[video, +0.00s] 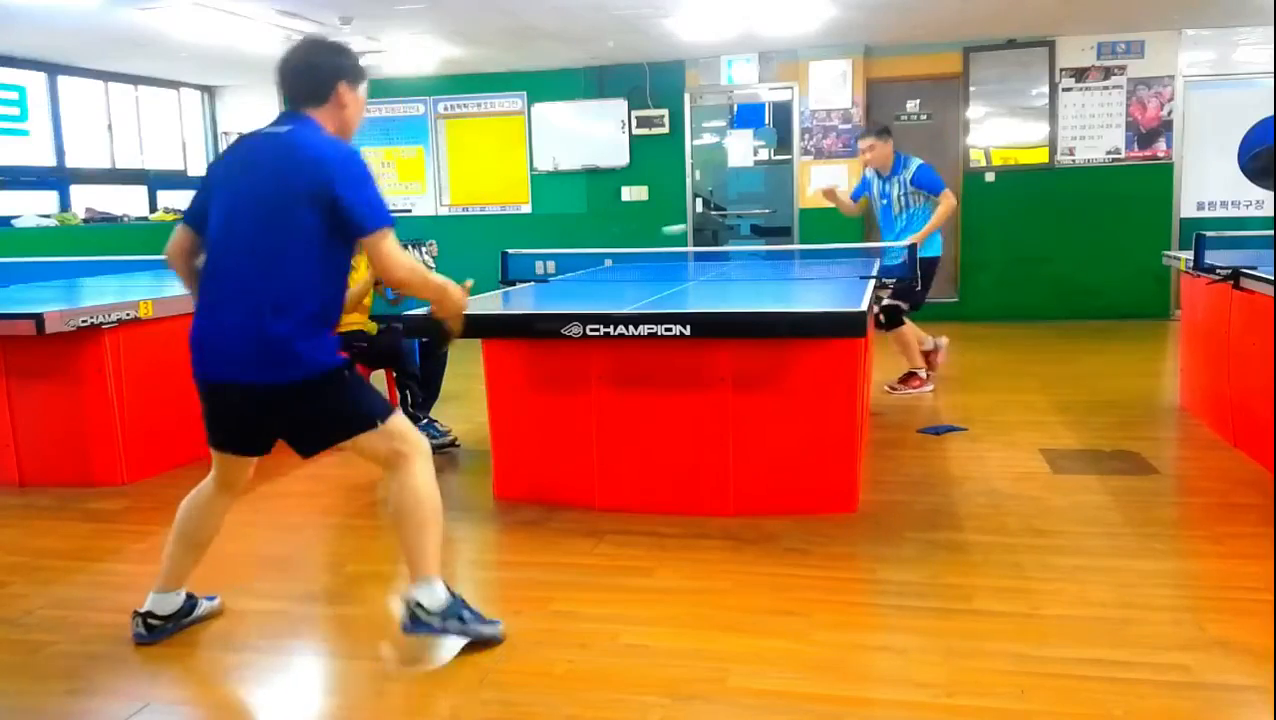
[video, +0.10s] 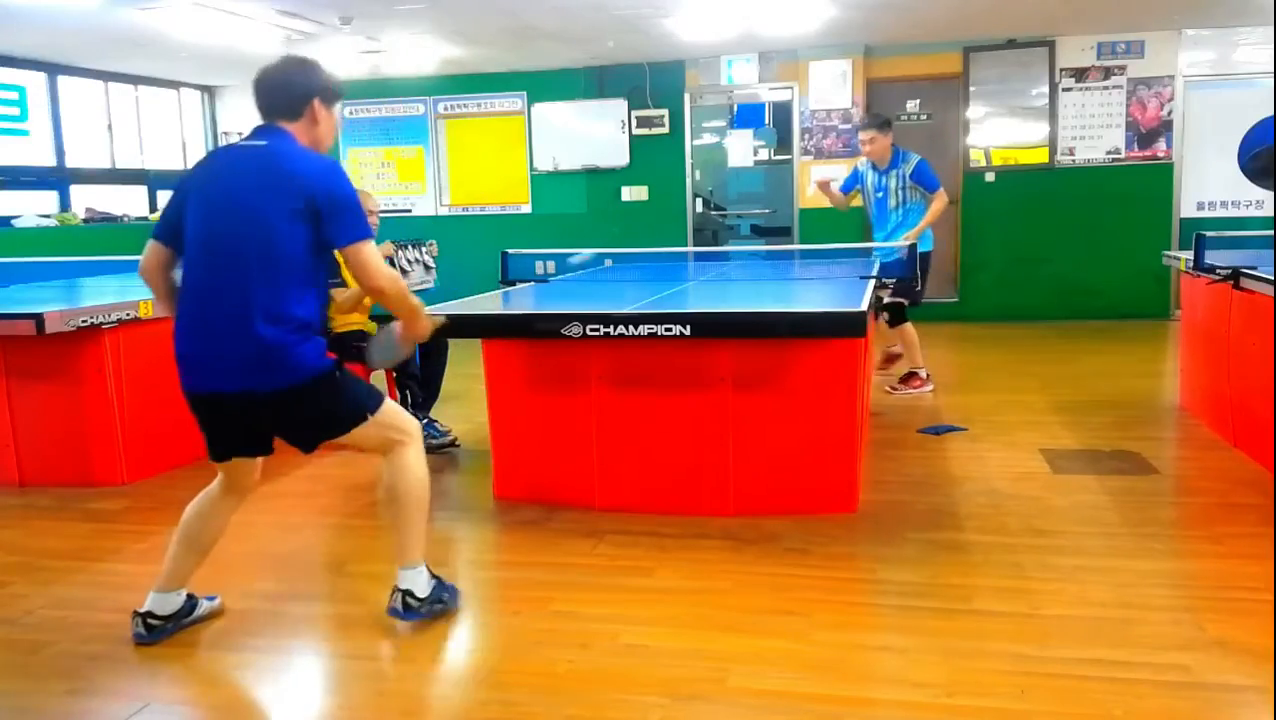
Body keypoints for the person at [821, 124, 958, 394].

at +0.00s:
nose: (865, 157)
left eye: (869, 150)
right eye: (861, 152)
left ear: (888, 145)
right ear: (861, 153)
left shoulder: (915, 169)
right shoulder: (871, 175)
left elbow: (949, 202)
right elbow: (853, 207)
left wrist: (923, 234)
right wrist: (835, 198)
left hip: (919, 253)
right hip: (891, 252)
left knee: (890, 309)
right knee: (878, 311)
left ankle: (918, 373)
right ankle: (929, 345)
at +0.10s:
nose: (864, 149)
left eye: (870, 141)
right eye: (861, 143)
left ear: (888, 138)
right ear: (859, 143)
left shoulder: (912, 164)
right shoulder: (863, 168)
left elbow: (941, 198)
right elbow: (843, 202)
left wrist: (917, 231)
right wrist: (828, 191)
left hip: (911, 248)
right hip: (882, 249)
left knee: (894, 308)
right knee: (876, 303)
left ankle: (919, 373)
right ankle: (894, 346)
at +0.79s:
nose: (828, 167)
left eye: (832, 159)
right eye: (823, 162)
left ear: (849, 153)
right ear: (820, 161)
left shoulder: (876, 171)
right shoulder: (829, 189)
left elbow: (913, 197)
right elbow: (830, 228)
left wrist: (881, 200)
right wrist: (828, 233)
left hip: (889, 257)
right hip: (853, 261)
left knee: (889, 314)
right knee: (847, 317)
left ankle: (920, 373)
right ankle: (847, 382)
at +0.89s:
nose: (835, 160)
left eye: (840, 152)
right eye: (830, 155)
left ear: (853, 148)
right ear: (826, 155)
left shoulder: (879, 161)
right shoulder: (828, 177)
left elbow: (917, 173)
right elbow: (821, 200)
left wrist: (914, 183)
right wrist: (818, 206)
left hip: (891, 249)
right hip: (855, 254)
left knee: (900, 309)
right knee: (851, 317)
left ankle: (920, 372)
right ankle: (849, 381)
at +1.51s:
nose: (797, 158)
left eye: (802, 151)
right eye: (792, 152)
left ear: (818, 148)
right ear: (789, 154)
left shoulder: (839, 171)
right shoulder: (794, 181)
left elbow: (864, 200)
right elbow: (795, 213)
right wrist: (789, 233)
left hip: (846, 257)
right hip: (813, 258)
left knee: (864, 309)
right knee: (814, 311)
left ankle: (885, 360)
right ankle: (818, 365)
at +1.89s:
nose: (822, 156)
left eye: (827, 149)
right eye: (817, 151)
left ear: (837, 146)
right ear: (810, 150)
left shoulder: (852, 160)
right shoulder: (806, 175)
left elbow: (880, 189)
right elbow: (808, 212)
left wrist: (856, 189)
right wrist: (821, 223)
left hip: (859, 249)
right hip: (823, 253)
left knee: (874, 301)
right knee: (823, 305)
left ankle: (886, 359)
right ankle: (827, 364)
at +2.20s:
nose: (815, 156)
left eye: (821, 150)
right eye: (811, 150)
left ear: (835, 148)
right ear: (806, 151)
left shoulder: (853, 165)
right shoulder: (803, 176)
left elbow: (880, 191)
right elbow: (804, 212)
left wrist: (862, 201)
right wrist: (816, 223)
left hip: (855, 248)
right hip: (818, 251)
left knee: (872, 300)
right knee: (817, 301)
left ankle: (889, 354)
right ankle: (819, 358)